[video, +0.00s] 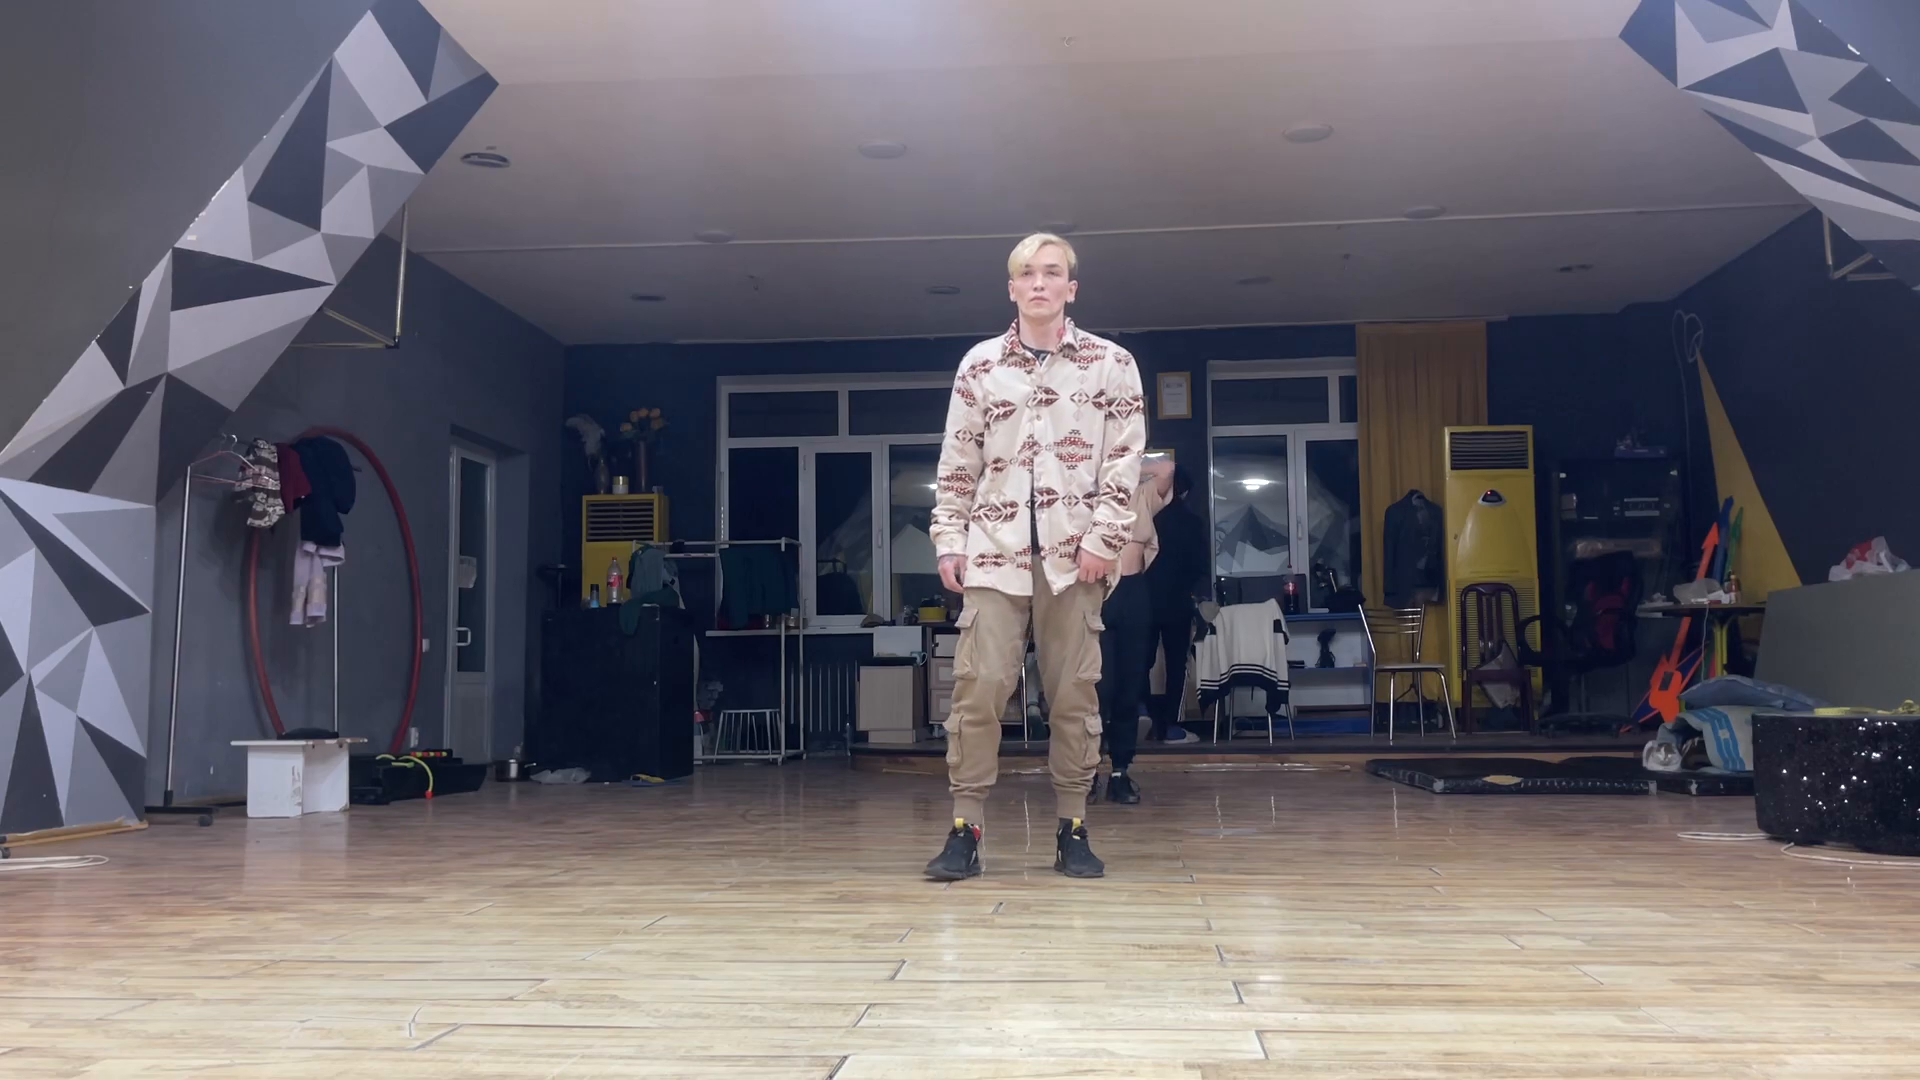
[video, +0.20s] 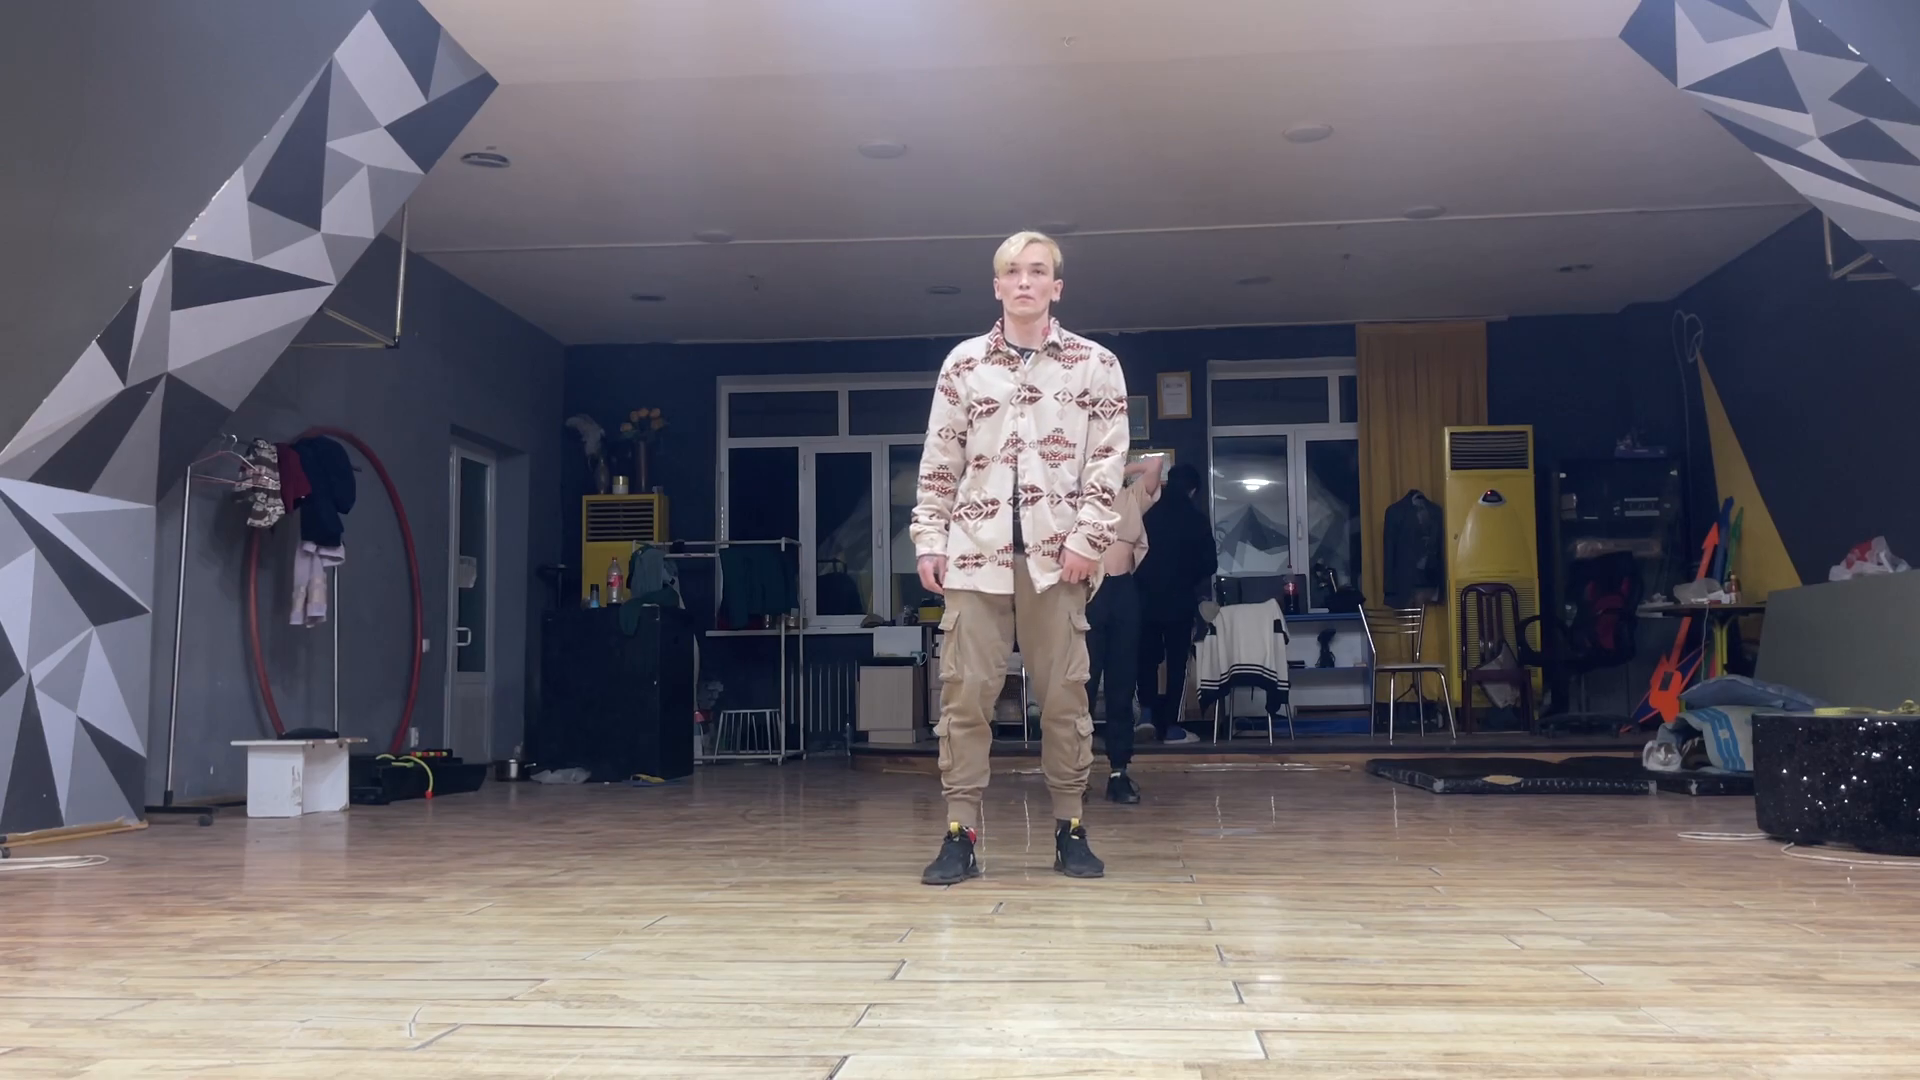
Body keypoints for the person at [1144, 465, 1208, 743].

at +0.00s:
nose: (1168, 493)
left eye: (1168, 486)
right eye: (1178, 488)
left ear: (1162, 488)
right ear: (1185, 491)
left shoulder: (1145, 515)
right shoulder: (1192, 520)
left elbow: (1134, 556)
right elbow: (1198, 564)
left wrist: (1137, 585)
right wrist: (1197, 592)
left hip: (1146, 597)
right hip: (1177, 598)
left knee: (1141, 661)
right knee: (1176, 664)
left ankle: (1141, 713)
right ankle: (1169, 726)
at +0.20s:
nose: (1197, 494)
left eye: (1196, 489)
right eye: (1197, 489)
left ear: (1167, 484)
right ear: (1192, 490)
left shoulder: (1146, 513)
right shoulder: (1196, 518)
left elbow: (1132, 550)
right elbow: (1208, 562)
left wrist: (1142, 578)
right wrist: (1189, 583)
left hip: (1146, 594)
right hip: (1180, 597)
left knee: (1147, 656)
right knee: (1177, 662)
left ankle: (1147, 711)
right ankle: (1169, 728)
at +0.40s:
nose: (1199, 496)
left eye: (1198, 491)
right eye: (1199, 492)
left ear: (1170, 485)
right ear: (1195, 491)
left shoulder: (1145, 516)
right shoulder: (1197, 518)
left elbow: (1135, 558)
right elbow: (1209, 564)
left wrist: (1152, 571)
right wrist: (1195, 583)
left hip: (1151, 596)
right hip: (1182, 597)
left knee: (1158, 658)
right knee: (1176, 660)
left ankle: (1161, 722)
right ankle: (1170, 725)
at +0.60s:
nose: (1199, 502)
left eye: (1198, 498)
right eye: (1198, 498)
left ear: (1169, 494)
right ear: (1193, 498)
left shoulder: (1149, 524)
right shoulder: (1197, 522)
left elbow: (1141, 570)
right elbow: (1209, 563)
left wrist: (1151, 587)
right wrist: (1205, 590)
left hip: (1158, 600)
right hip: (1186, 599)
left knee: (1167, 660)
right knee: (1183, 660)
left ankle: (1168, 723)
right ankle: (1175, 726)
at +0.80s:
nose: (1197, 504)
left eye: (1195, 500)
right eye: (1196, 500)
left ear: (1169, 497)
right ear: (1191, 500)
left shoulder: (1155, 526)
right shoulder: (1196, 523)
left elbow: (1147, 566)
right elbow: (1205, 560)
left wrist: (1152, 589)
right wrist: (1213, 591)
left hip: (1163, 597)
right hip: (1188, 597)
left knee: (1173, 657)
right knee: (1187, 658)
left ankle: (1176, 719)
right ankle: (1175, 717)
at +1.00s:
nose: (1194, 504)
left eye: (1190, 501)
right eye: (1194, 501)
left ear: (1169, 500)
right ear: (1192, 500)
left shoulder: (1158, 526)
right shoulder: (1196, 522)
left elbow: (1154, 564)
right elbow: (1203, 558)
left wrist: (1161, 588)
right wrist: (1216, 587)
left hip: (1167, 595)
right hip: (1192, 594)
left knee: (1174, 652)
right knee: (1192, 651)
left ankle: (1177, 710)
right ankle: (1180, 708)